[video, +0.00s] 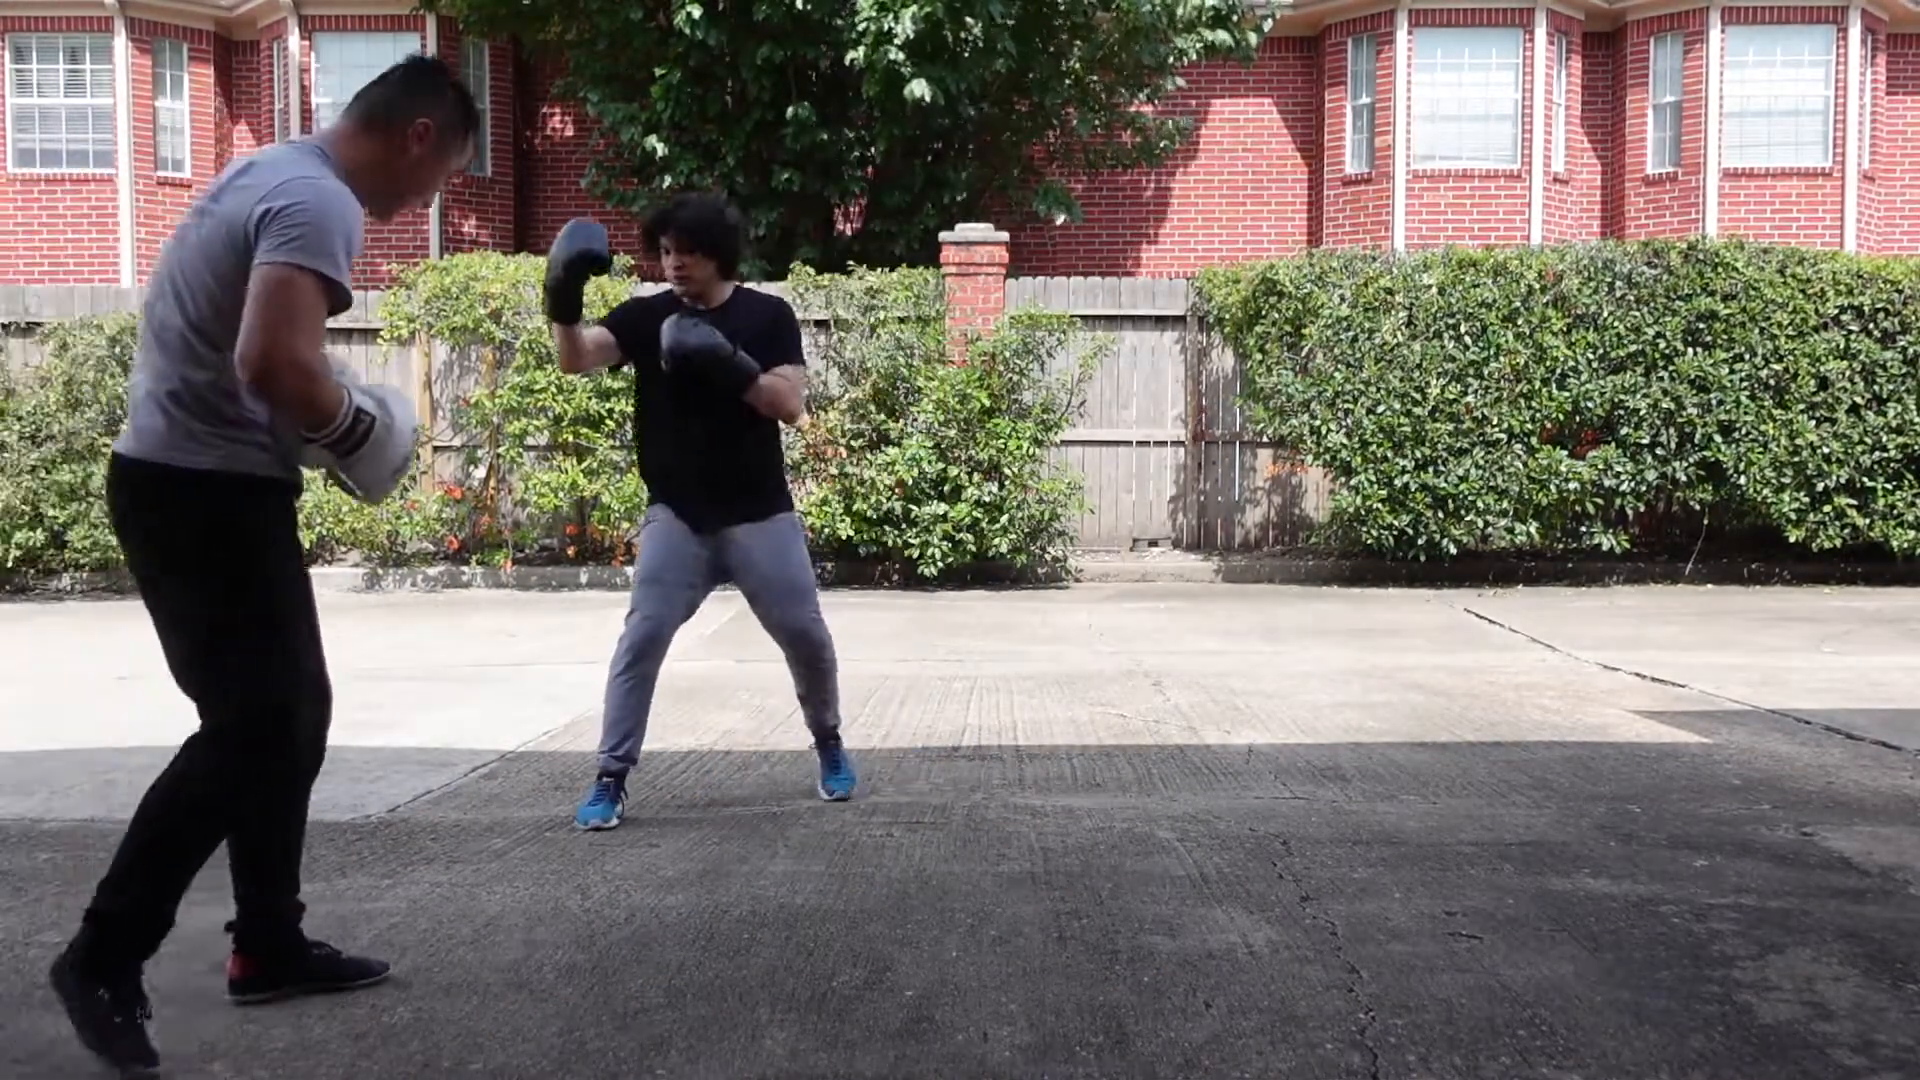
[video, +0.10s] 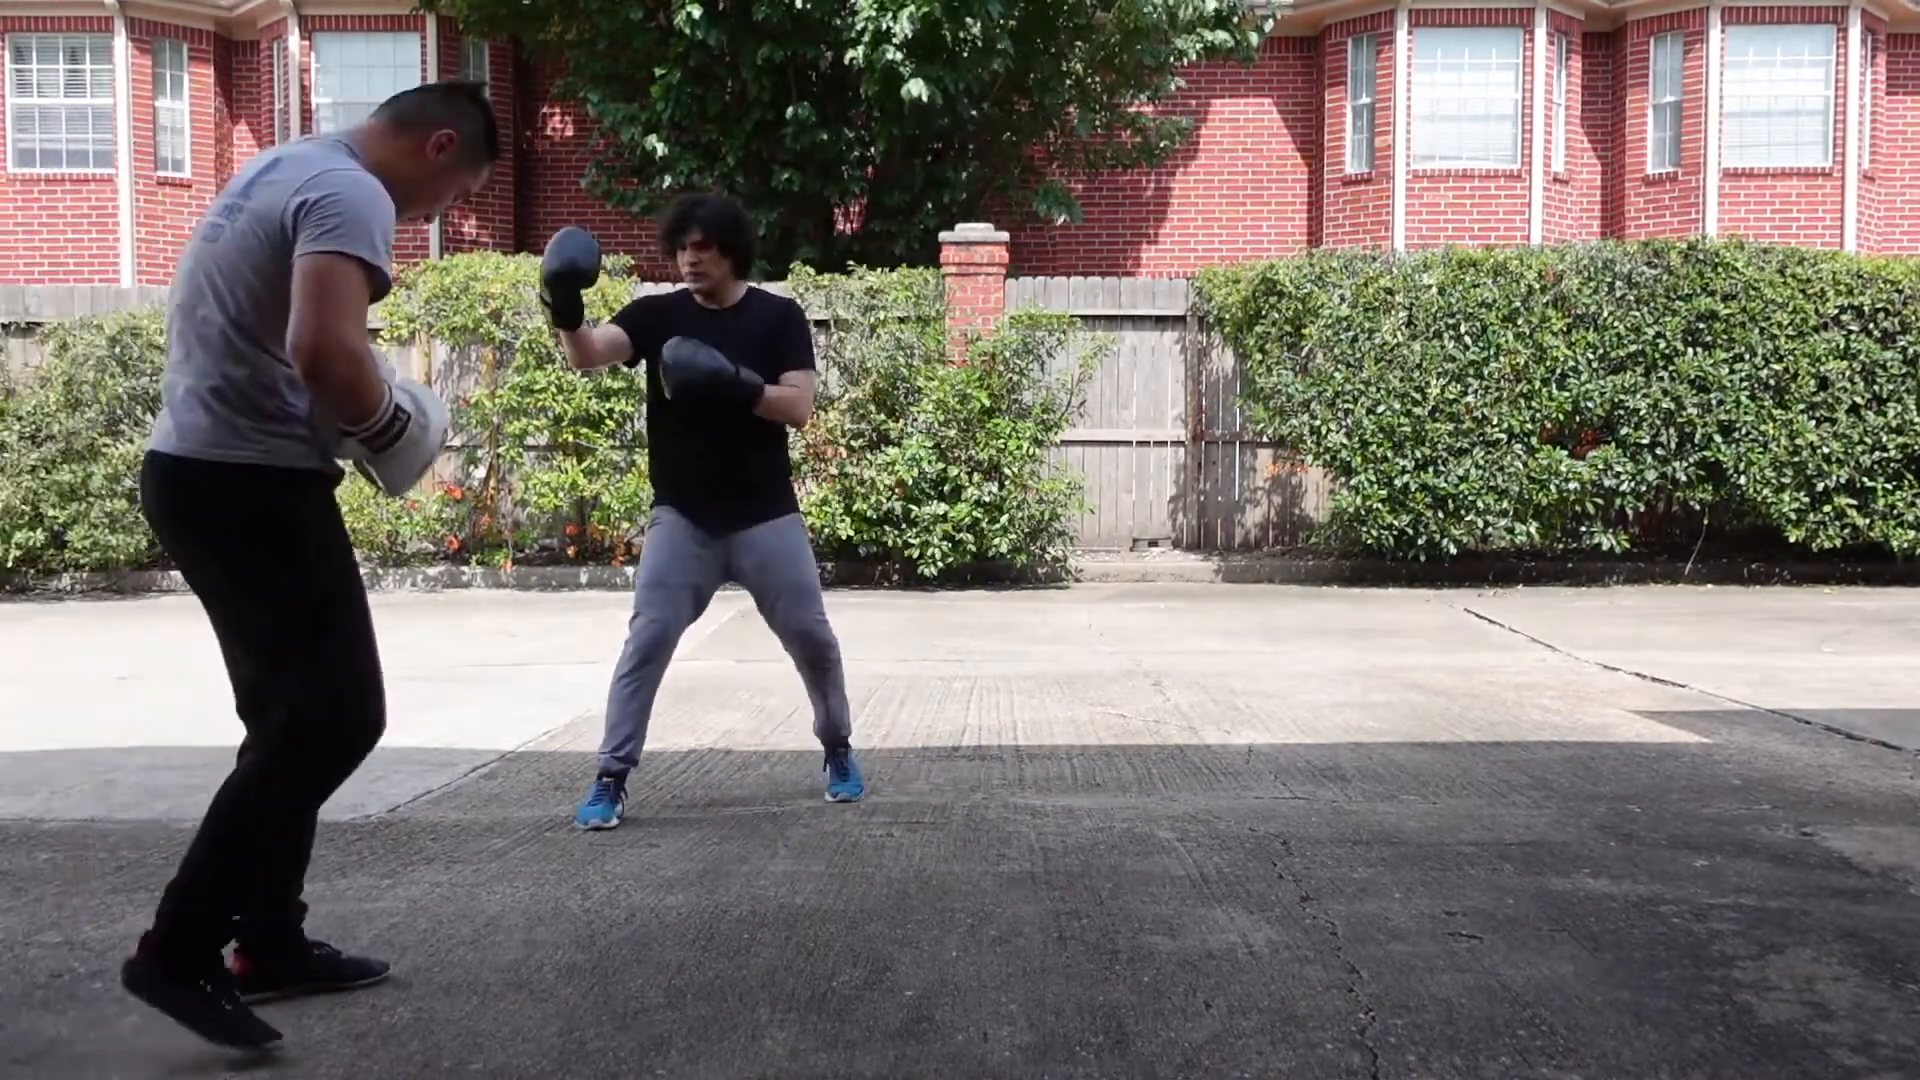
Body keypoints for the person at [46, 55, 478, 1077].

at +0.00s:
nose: (438, 193)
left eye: (447, 175)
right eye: (446, 169)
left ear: (382, 118)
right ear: (418, 133)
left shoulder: (281, 175)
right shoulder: (311, 197)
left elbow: (255, 350)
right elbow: (273, 360)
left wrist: (345, 411)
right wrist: (354, 430)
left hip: (223, 483)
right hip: (201, 488)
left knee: (293, 713)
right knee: (255, 723)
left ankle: (268, 944)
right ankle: (99, 962)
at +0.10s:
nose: (434, 212)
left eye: (450, 198)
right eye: (451, 191)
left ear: (410, 130)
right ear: (437, 145)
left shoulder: (299, 167)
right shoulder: (344, 187)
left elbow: (286, 343)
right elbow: (326, 349)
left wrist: (374, 414)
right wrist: (389, 426)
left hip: (213, 474)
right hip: (254, 481)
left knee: (296, 718)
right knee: (336, 718)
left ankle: (271, 945)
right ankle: (175, 958)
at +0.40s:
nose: (511, 220)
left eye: (521, 209)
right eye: (521, 204)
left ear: (461, 138)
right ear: (505, 166)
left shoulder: (334, 167)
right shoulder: (455, 193)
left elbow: (280, 306)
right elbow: (460, 360)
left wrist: (398, 392)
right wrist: (461, 425)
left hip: (251, 475)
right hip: (353, 487)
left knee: (311, 704)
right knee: (437, 732)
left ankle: (271, 947)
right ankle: (481, 980)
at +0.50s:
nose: (539, 217)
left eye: (549, 207)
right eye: (548, 204)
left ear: (485, 136)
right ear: (530, 164)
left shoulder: (349, 160)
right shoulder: (493, 201)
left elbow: (271, 283)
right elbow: (506, 380)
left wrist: (393, 364)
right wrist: (485, 421)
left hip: (278, 477)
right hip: (392, 491)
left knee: (336, 705)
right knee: (470, 732)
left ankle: (278, 943)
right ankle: (493, 983)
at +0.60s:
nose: (556, 214)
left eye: (566, 204)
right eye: (564, 202)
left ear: (499, 131)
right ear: (550, 162)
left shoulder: (366, 148)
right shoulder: (521, 199)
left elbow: (288, 274)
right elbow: (542, 370)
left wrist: (417, 342)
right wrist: (506, 409)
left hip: (306, 469)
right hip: (423, 481)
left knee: (344, 701)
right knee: (484, 733)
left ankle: (285, 936)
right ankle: (494, 983)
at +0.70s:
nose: (575, 196)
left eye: (583, 186)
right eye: (583, 184)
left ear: (502, 120)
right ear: (566, 151)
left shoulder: (379, 146)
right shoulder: (539, 190)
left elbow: (307, 275)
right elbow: (569, 362)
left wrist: (430, 336)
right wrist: (533, 402)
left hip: (326, 472)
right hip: (447, 484)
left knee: (347, 707)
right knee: (491, 735)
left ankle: (294, 936)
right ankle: (493, 982)